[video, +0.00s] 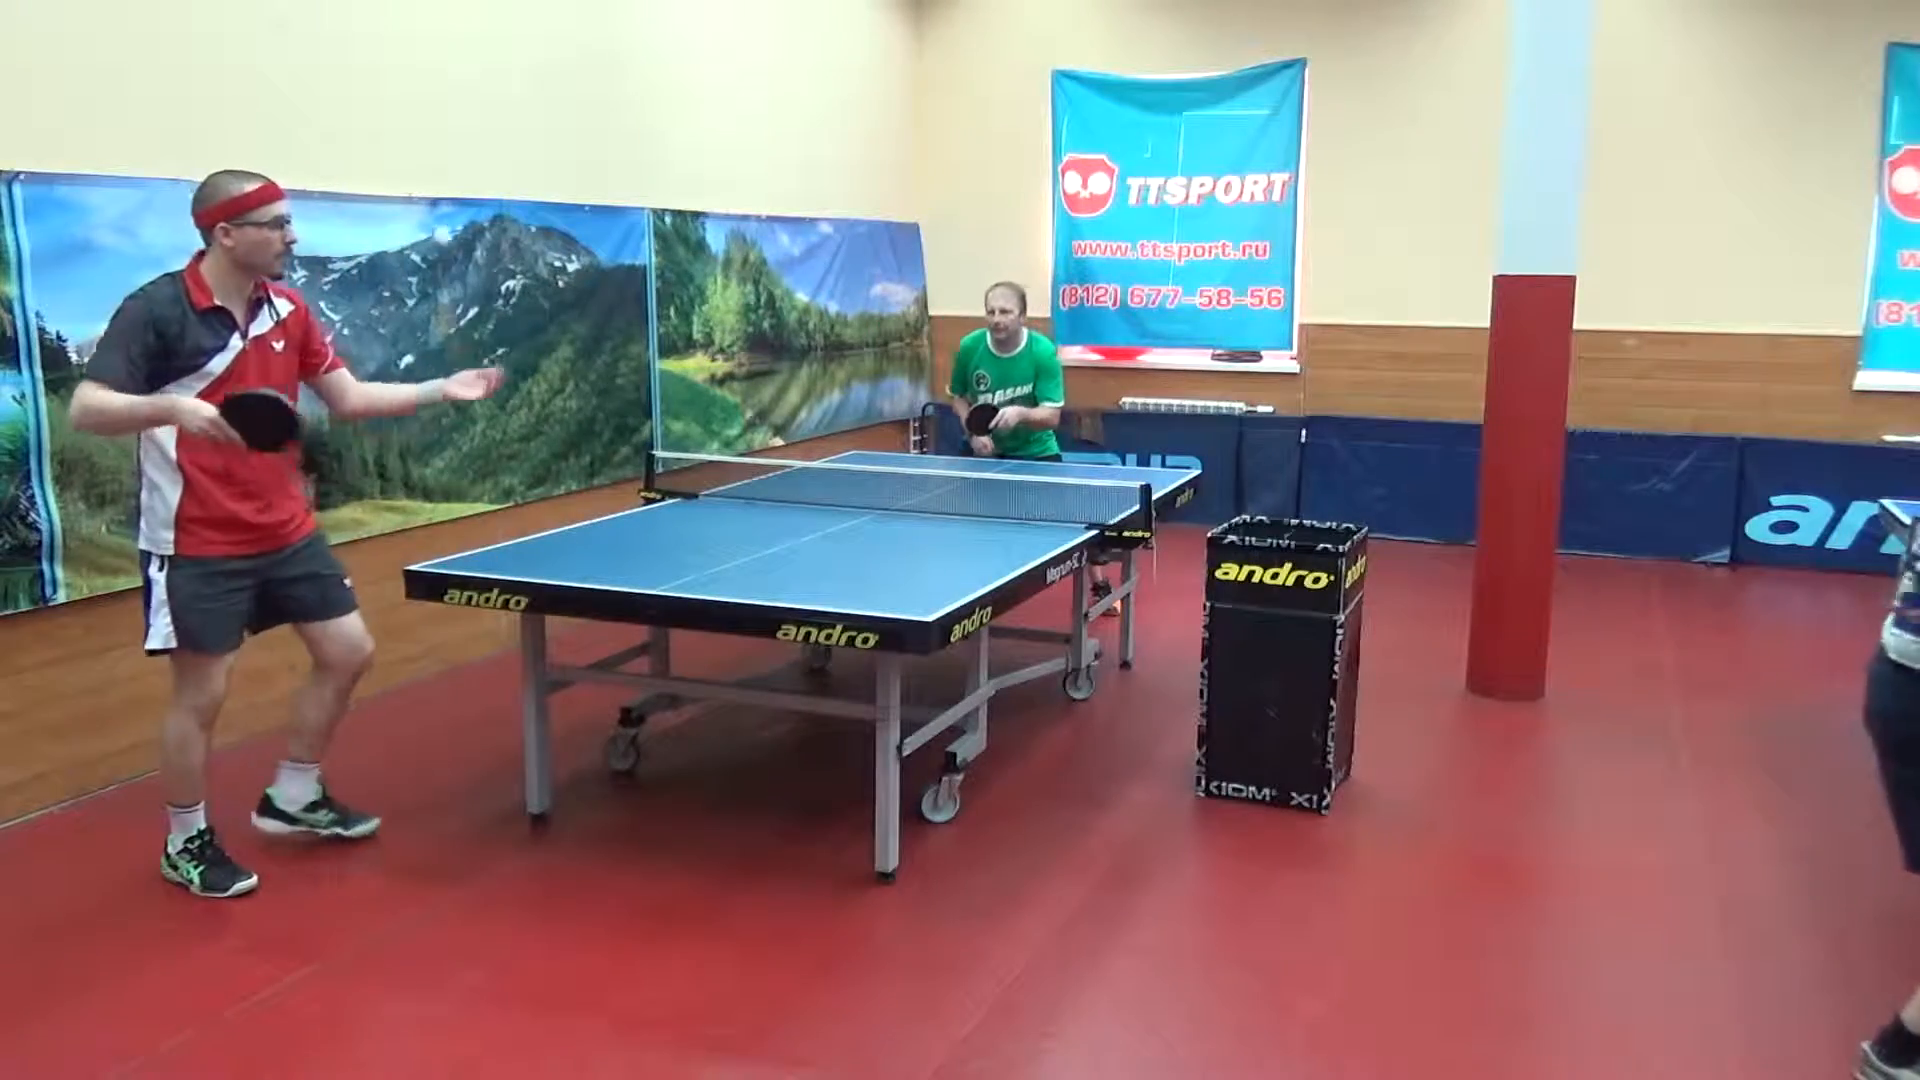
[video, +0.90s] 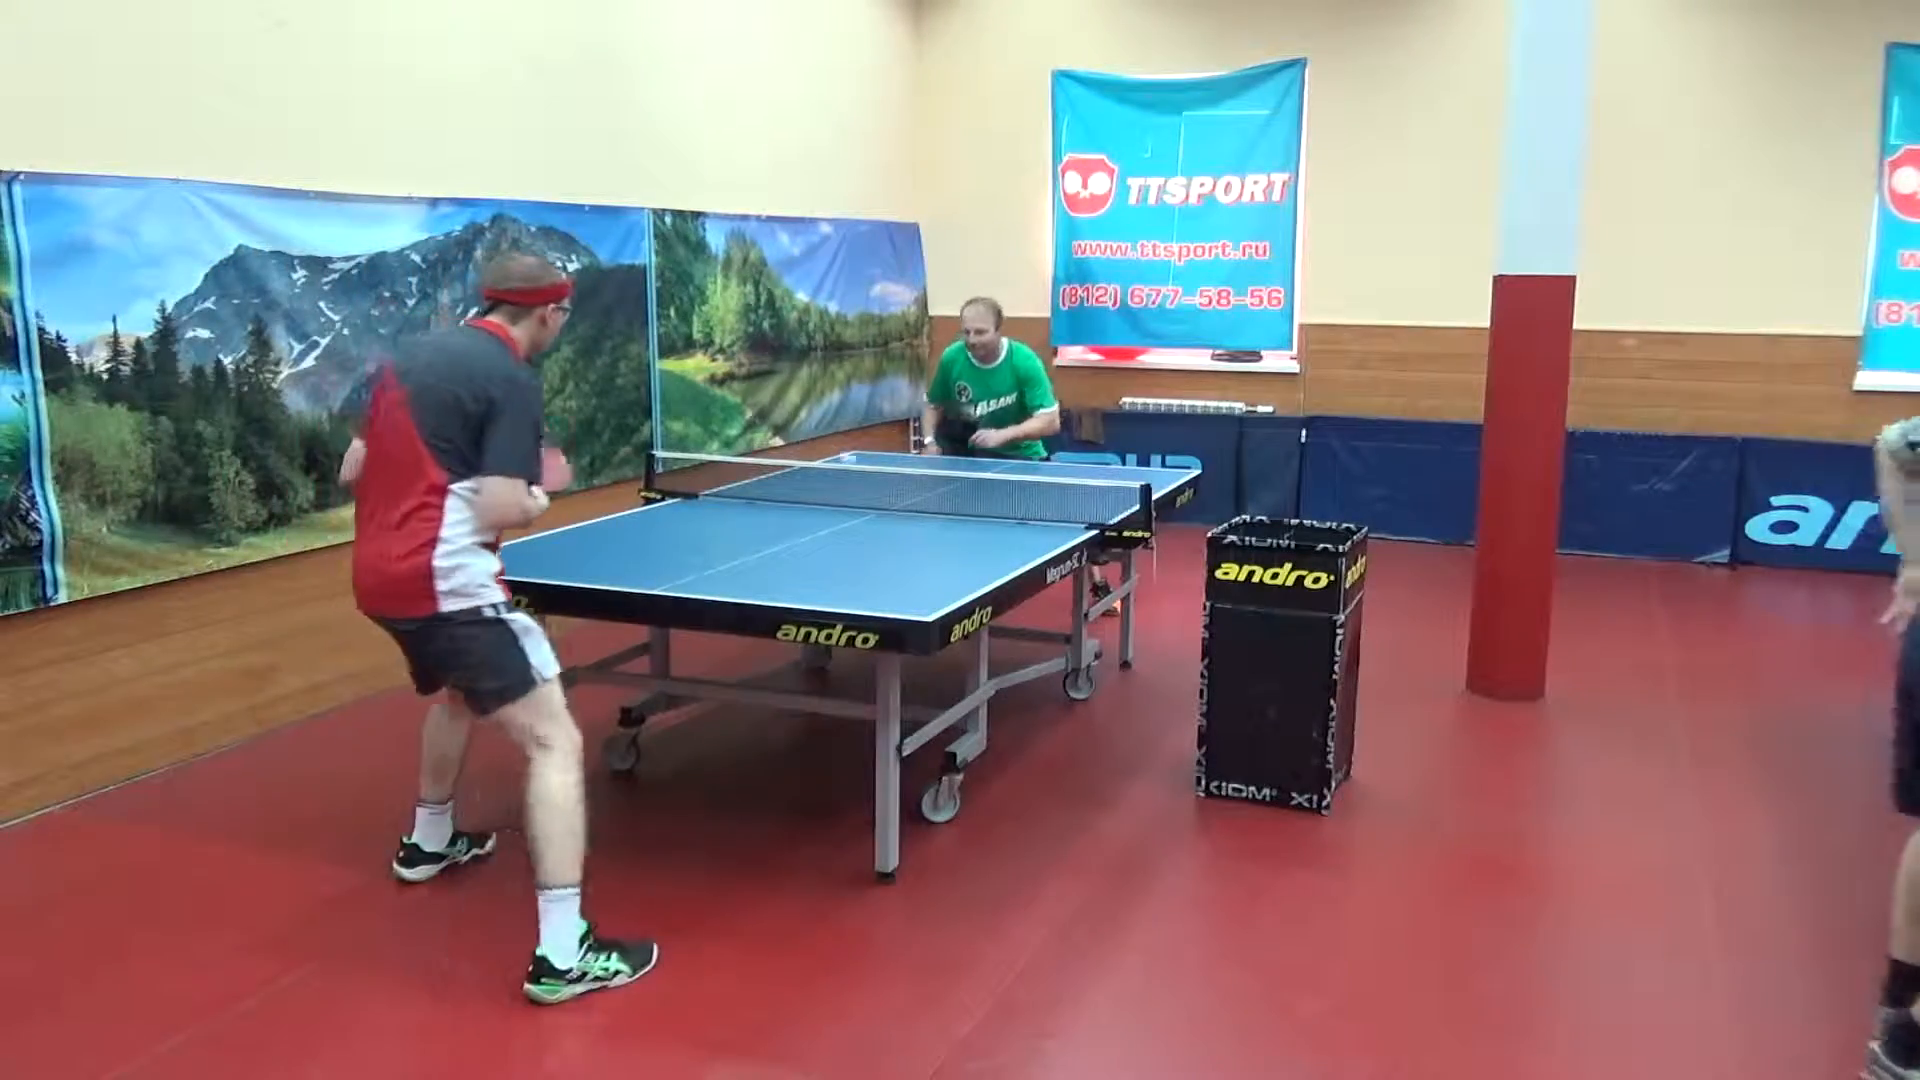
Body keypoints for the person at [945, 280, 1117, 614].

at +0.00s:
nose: (998, 319)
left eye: (1006, 312)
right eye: (992, 312)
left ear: (1023, 316)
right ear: (985, 314)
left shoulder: (1043, 351)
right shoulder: (969, 348)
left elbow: (1051, 416)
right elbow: (958, 396)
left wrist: (1020, 414)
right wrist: (973, 431)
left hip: (1038, 452)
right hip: (991, 454)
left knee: (1075, 512)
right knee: (981, 521)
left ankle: (1100, 585)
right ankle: (973, 597)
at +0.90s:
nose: (972, 340)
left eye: (980, 333)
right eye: (966, 332)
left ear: (999, 330)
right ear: (961, 330)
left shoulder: (1024, 360)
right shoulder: (951, 359)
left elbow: (1050, 421)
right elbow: (933, 405)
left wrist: (1003, 434)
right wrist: (929, 441)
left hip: (1024, 461)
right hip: (970, 463)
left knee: (1064, 512)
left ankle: (1097, 583)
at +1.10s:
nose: (946, 357)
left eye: (954, 350)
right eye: (943, 350)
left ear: (976, 350)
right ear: (939, 349)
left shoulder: (1001, 377)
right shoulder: (936, 372)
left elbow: (1020, 432)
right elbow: (925, 418)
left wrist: (969, 436)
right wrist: (921, 427)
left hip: (1013, 465)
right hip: (962, 466)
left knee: (1050, 519)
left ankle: (1096, 584)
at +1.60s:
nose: (960, 305)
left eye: (969, 298)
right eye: (956, 298)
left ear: (990, 301)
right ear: (953, 301)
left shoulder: (1011, 338)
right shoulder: (947, 339)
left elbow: (1020, 398)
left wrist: (966, 404)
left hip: (1017, 452)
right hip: (965, 451)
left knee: (1051, 516)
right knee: (954, 522)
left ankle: (1088, 588)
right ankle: (959, 597)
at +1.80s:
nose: (974, 298)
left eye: (983, 291)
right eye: (970, 291)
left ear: (1004, 295)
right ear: (965, 294)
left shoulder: (1028, 336)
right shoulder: (953, 334)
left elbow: (1051, 394)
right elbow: (938, 383)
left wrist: (1008, 409)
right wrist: (934, 424)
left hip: (1021, 448)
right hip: (967, 447)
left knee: (1049, 516)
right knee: (958, 521)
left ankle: (1087, 587)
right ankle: (958, 596)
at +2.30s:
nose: (941, 302)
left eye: (947, 294)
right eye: (939, 295)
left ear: (974, 290)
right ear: (945, 295)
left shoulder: (1013, 324)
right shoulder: (947, 334)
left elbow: (1053, 375)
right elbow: (947, 388)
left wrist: (1024, 416)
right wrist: (932, 424)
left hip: (1024, 446)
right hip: (972, 447)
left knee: (1049, 518)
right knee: (966, 522)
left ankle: (1087, 587)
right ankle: (969, 599)